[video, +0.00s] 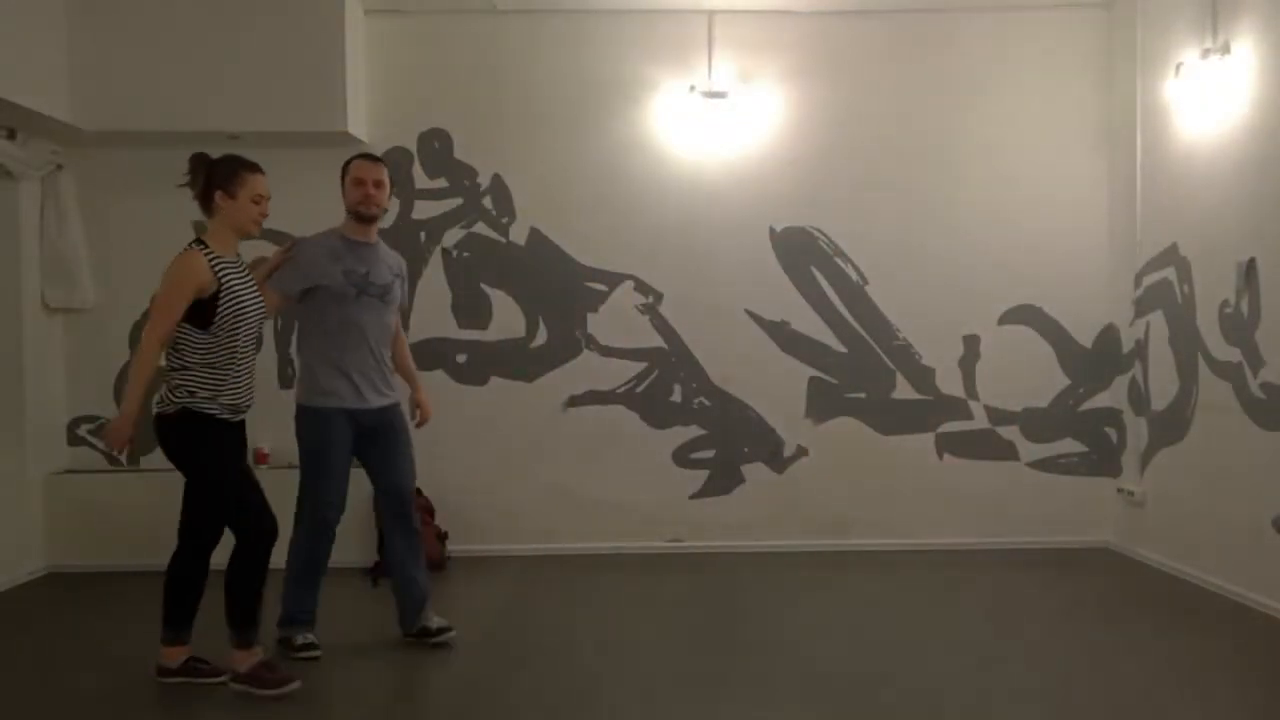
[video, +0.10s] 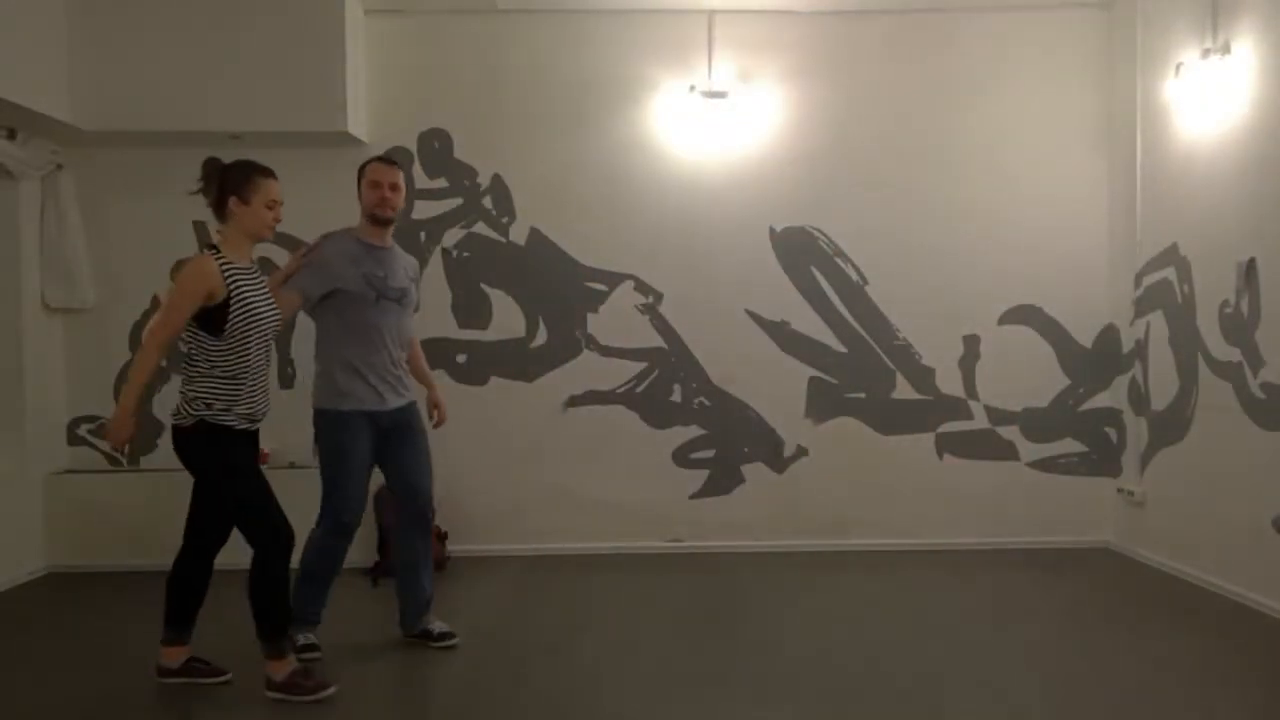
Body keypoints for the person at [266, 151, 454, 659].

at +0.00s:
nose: (369, 192)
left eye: (378, 185)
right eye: (359, 184)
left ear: (389, 195)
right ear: (343, 192)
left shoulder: (394, 265)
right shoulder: (312, 252)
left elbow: (393, 334)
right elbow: (254, 307)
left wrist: (416, 385)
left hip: (381, 403)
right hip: (324, 404)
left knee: (401, 506)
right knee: (320, 515)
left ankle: (416, 615)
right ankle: (297, 625)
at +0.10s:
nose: (384, 195)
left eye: (393, 188)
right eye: (375, 187)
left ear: (405, 198)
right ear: (359, 193)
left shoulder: (408, 266)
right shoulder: (330, 252)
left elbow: (405, 338)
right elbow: (273, 310)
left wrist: (431, 385)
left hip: (399, 406)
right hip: (344, 407)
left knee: (417, 509)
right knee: (341, 517)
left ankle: (418, 618)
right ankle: (303, 623)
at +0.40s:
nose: (411, 194)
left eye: (420, 187)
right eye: (401, 186)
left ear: (430, 196)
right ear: (383, 193)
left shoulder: (430, 262)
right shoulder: (359, 251)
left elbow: (439, 331)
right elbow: (306, 304)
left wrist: (480, 356)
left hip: (424, 395)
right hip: (371, 394)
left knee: (434, 503)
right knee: (401, 497)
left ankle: (418, 617)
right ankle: (367, 611)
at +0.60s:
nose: (416, 188)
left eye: (424, 181)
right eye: (407, 179)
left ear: (435, 192)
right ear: (389, 188)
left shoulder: (439, 259)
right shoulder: (367, 246)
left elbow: (447, 328)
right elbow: (319, 301)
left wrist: (492, 340)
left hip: (431, 399)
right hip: (380, 397)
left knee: (433, 508)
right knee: (403, 507)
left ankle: (424, 615)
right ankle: (418, 627)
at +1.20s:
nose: (383, 185)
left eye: (391, 178)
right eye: (374, 178)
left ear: (405, 190)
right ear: (359, 187)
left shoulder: (414, 259)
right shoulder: (334, 250)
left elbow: (419, 323)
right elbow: (297, 316)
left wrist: (468, 337)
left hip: (406, 398)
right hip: (351, 398)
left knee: (416, 510)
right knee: (367, 509)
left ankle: (417, 619)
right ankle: (329, 623)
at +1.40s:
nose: (347, 191)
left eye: (356, 184)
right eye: (337, 183)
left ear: (370, 195)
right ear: (323, 194)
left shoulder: (381, 266)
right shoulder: (298, 254)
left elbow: (388, 336)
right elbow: (265, 314)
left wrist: (429, 343)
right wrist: (227, 324)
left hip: (372, 411)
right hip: (312, 411)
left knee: (399, 510)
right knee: (308, 524)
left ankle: (415, 618)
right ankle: (284, 631)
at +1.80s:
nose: (304, 186)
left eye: (314, 179)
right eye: (295, 179)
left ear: (332, 190)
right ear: (284, 191)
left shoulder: (358, 258)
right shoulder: (256, 254)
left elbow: (380, 330)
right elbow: (221, 317)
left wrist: (352, 323)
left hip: (337, 404)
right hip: (272, 404)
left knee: (349, 510)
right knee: (274, 517)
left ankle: (344, 604)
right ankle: (276, 626)